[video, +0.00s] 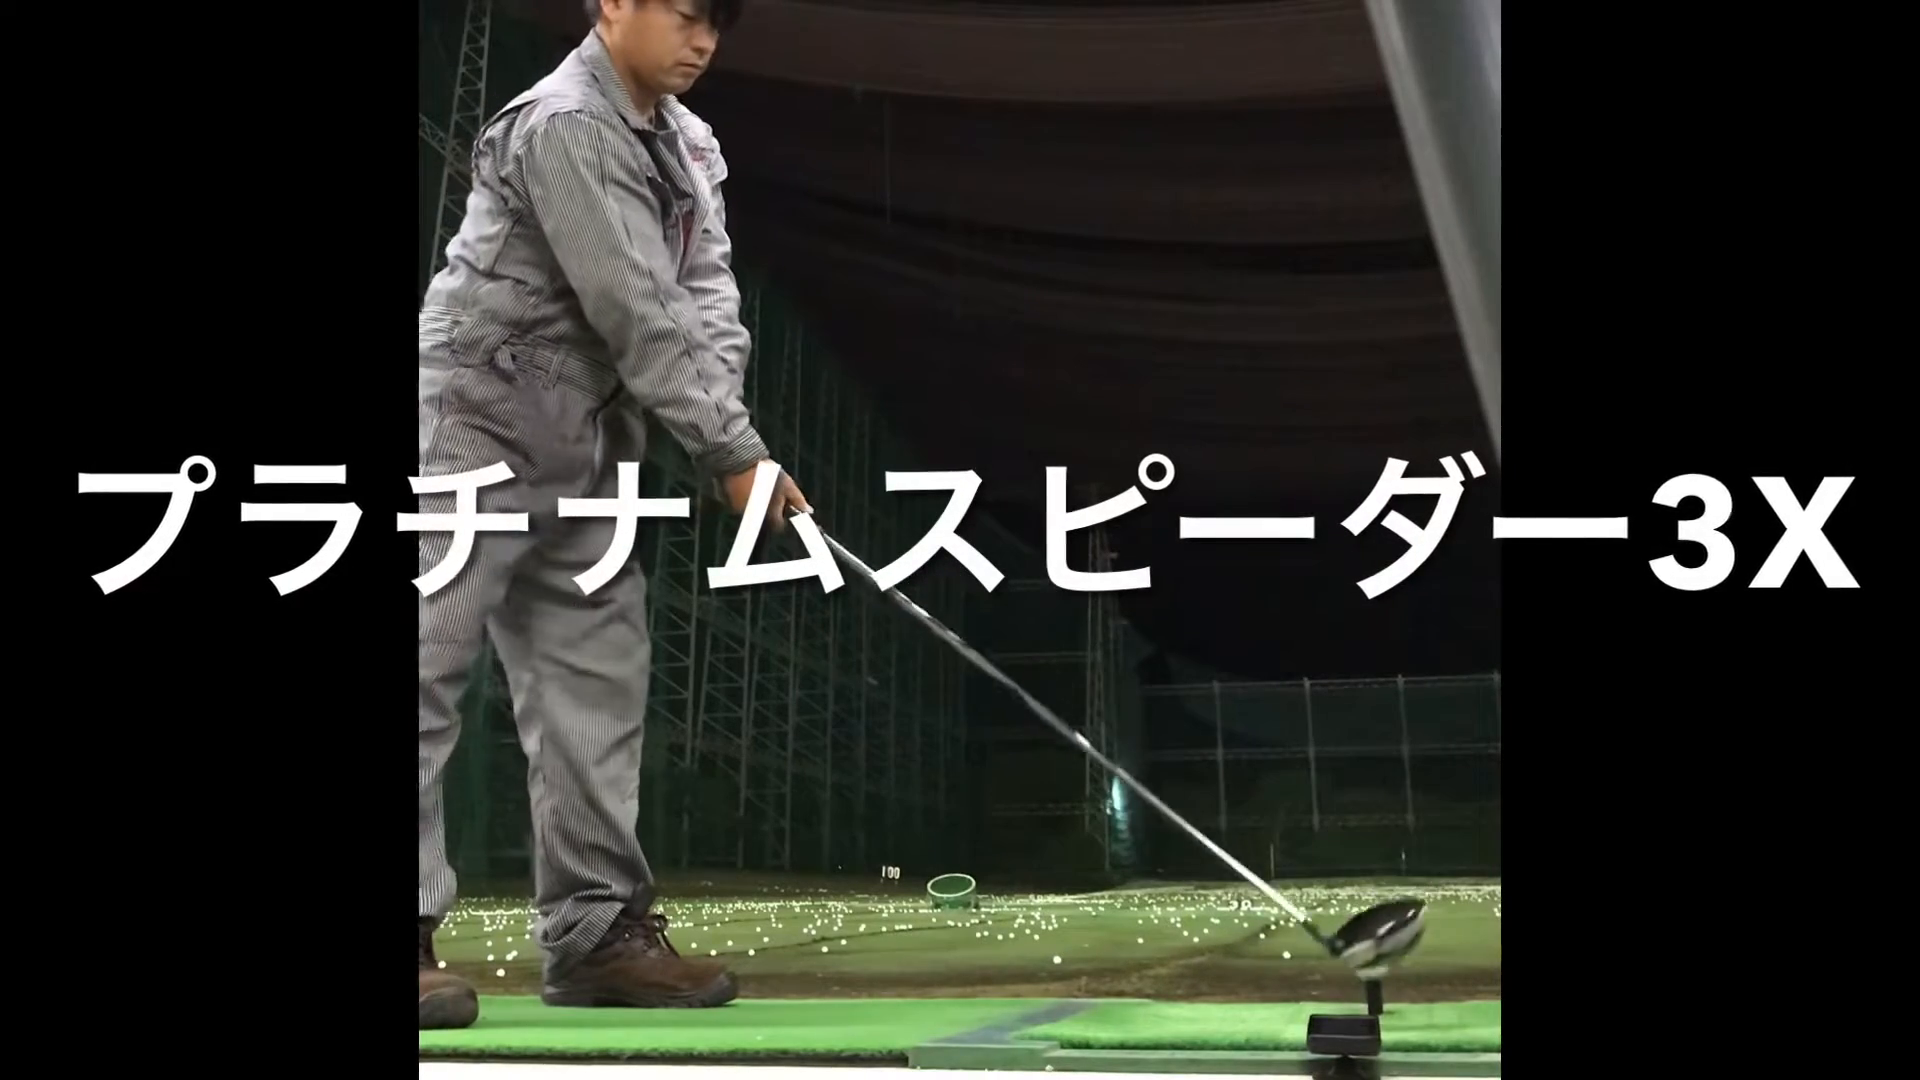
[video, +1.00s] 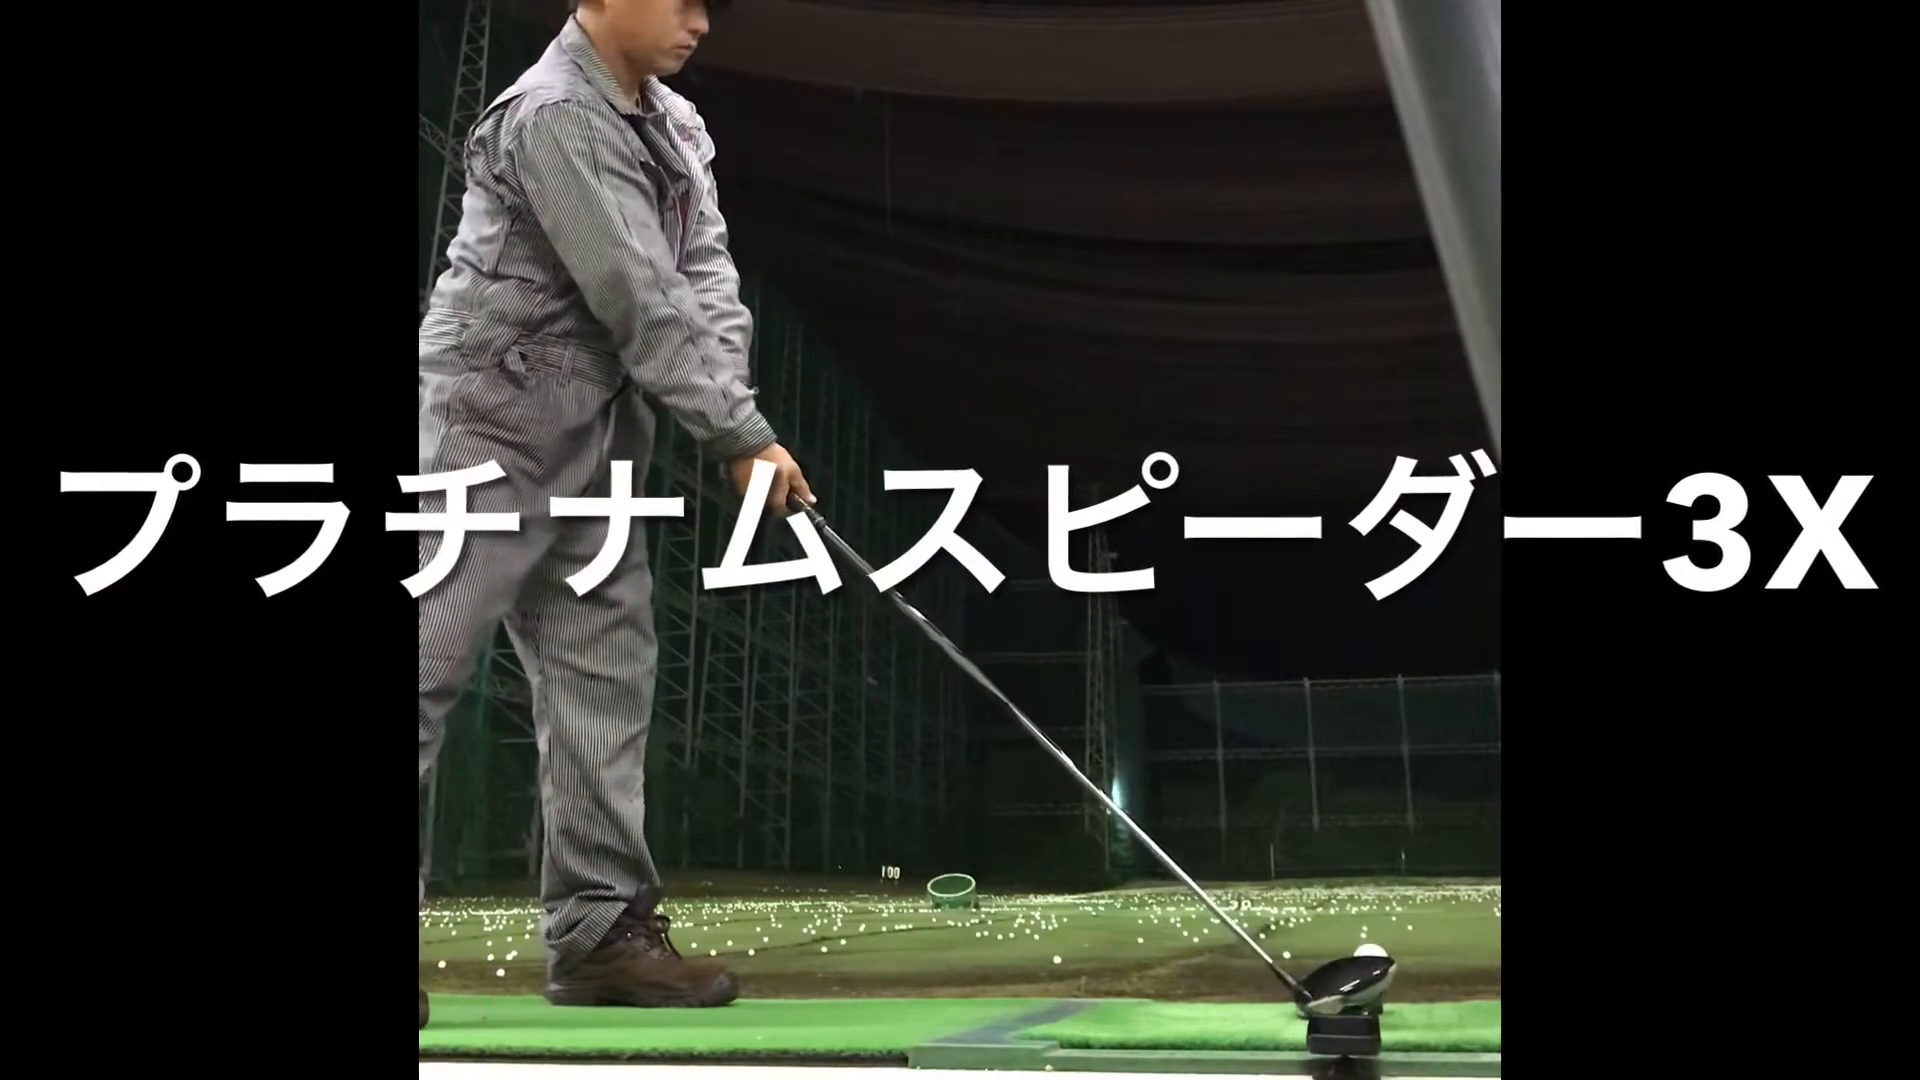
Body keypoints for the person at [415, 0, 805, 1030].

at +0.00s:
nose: (704, 40)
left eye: (713, 22)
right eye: (682, 16)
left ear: (713, 34)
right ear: (611, 10)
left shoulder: (693, 141)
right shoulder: (563, 123)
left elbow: (712, 299)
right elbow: (635, 309)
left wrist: (718, 434)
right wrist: (735, 453)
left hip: (586, 448)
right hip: (469, 432)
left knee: (593, 685)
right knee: (430, 687)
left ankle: (594, 936)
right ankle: (417, 946)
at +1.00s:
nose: (702, 20)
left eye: (704, 4)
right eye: (683, 0)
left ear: (670, 16)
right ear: (605, 2)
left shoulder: (676, 121)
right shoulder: (554, 113)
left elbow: (708, 277)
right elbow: (637, 295)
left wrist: (730, 419)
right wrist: (743, 434)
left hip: (591, 448)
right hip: (480, 436)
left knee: (602, 682)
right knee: (430, 683)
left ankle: (598, 935)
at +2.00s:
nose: (698, 56)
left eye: (710, 38)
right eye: (680, 30)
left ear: (714, 41)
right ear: (610, 12)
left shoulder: (685, 141)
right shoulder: (556, 121)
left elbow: (712, 288)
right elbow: (635, 298)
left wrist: (730, 420)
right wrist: (744, 434)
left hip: (587, 461)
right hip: (478, 443)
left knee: (605, 685)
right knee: (425, 685)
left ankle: (599, 937)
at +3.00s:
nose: (671, 19)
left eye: (679, 4)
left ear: (677, 18)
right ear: (581, 2)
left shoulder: (658, 120)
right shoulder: (543, 107)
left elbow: (698, 267)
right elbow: (627, 284)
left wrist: (724, 401)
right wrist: (732, 422)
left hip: (591, 434)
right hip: (484, 426)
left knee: (601, 667)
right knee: (434, 672)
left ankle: (599, 934)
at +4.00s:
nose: (659, 28)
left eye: (672, 15)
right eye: (642, 4)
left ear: (674, 34)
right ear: (578, 3)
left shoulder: (675, 133)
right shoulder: (498, 111)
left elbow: (692, 264)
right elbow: (574, 277)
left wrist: (695, 385)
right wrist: (684, 405)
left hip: (602, 447)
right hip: (465, 433)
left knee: (621, 677)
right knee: (428, 679)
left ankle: (598, 936)